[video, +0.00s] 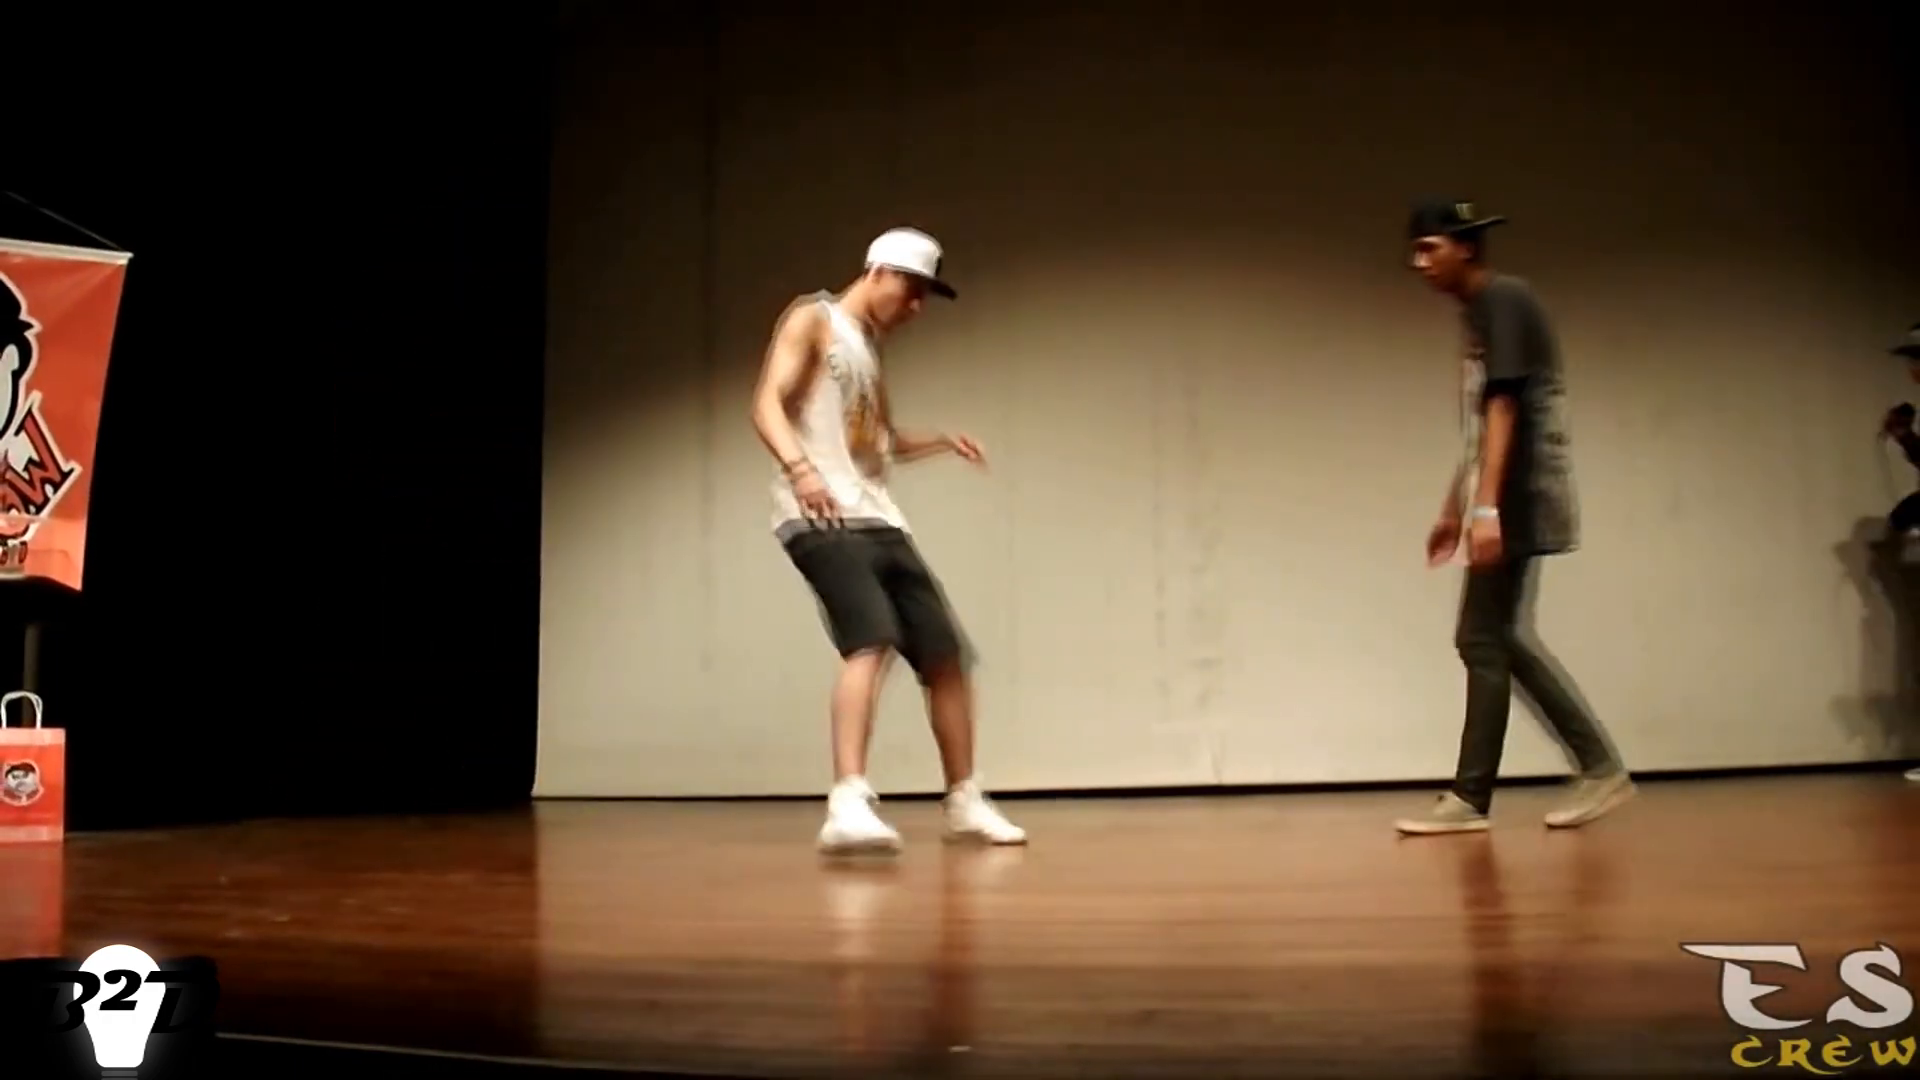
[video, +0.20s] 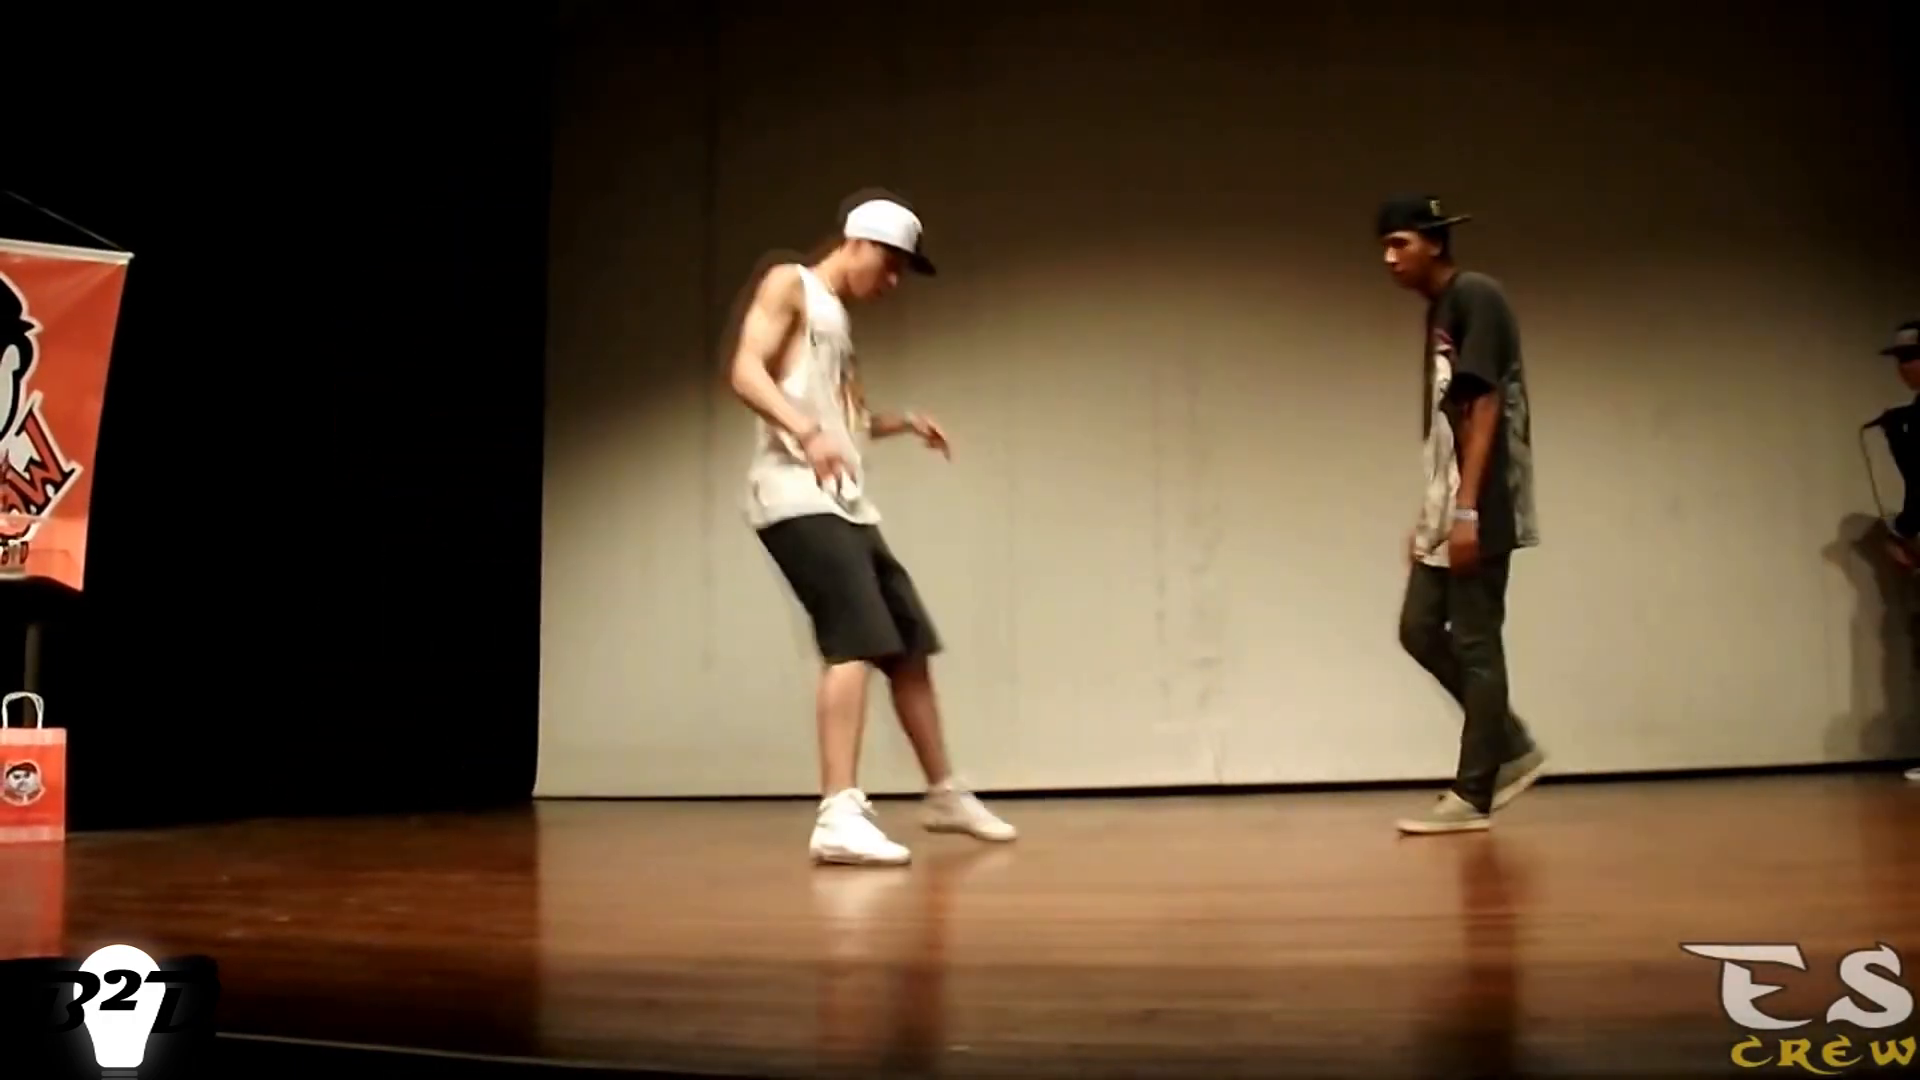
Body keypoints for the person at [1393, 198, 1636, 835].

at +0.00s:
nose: (1421, 263)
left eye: (1430, 248)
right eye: (1417, 252)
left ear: (1466, 247)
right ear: (1438, 256)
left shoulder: (1503, 302)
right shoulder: (1479, 311)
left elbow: (1503, 410)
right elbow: (1483, 423)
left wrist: (1486, 508)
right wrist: (1455, 510)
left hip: (1518, 504)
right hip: (1509, 506)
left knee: (1483, 641)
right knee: (1505, 638)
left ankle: (1469, 799)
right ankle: (1603, 771)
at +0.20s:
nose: (1390, 257)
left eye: (1400, 244)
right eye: (1386, 247)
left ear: (1435, 244)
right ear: (1396, 254)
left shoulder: (1475, 298)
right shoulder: (1441, 311)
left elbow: (1485, 409)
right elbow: (1446, 429)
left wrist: (1467, 512)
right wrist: (1428, 518)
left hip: (1483, 511)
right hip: (1452, 513)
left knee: (1477, 646)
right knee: (1420, 632)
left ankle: (1471, 797)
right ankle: (1514, 747)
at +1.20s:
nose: (1376, 229)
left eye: (1387, 216)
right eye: (1374, 218)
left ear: (1425, 220)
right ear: (1390, 229)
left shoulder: (1471, 283)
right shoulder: (1402, 304)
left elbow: (1498, 378)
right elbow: (1403, 410)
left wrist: (1496, 473)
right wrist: (1393, 501)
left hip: (1464, 494)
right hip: (1409, 499)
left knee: (1477, 630)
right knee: (1397, 639)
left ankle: (1543, 784)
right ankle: (1392, 792)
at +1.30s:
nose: (1394, 224)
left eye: (1407, 212)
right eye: (1395, 214)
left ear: (1446, 219)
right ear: (1421, 226)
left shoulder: (1488, 278)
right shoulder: (1434, 298)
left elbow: (1512, 366)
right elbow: (1440, 403)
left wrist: (1492, 458)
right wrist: (1428, 496)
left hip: (1490, 486)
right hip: (1442, 488)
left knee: (1507, 631)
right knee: (1425, 635)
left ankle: (1550, 790)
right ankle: (1400, 790)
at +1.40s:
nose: (1414, 221)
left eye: (1426, 208)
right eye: (1415, 210)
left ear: (1464, 214)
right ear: (1443, 221)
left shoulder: (1505, 271)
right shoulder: (1459, 292)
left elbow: (1525, 354)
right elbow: (1465, 399)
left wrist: (1494, 432)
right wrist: (1449, 498)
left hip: (1515, 488)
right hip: (1469, 492)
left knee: (1528, 630)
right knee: (1440, 624)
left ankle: (1552, 790)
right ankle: (1451, 788)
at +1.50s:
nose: (1435, 214)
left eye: (1447, 203)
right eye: (1438, 204)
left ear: (1484, 209)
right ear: (1473, 213)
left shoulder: (1524, 268)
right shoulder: (1484, 285)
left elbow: (1537, 353)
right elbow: (1498, 382)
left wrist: (1502, 431)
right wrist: (1488, 461)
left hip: (1534, 481)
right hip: (1492, 481)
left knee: (1541, 629)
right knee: (1455, 619)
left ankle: (1553, 793)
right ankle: (1532, 761)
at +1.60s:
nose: (1458, 211)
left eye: (1470, 200)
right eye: (1460, 201)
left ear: (1505, 208)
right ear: (1494, 211)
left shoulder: (1543, 269)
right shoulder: (1503, 283)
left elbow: (1563, 364)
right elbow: (1504, 398)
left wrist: (1541, 453)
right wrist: (1488, 497)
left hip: (1544, 488)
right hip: (1507, 491)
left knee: (1547, 629)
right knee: (1499, 627)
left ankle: (1551, 791)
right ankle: (1607, 737)